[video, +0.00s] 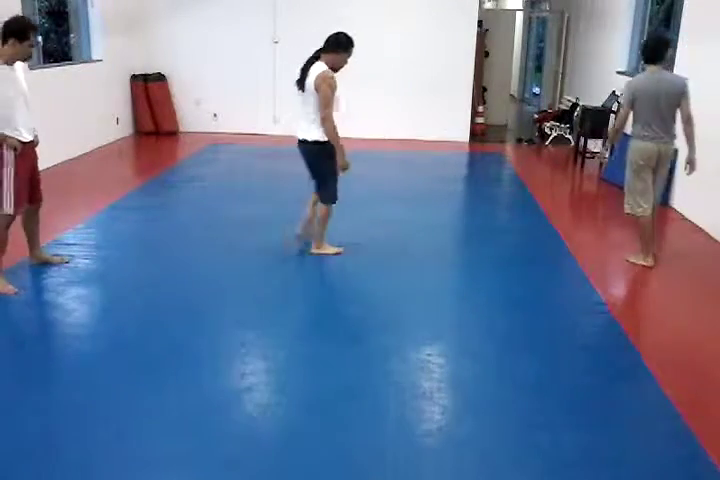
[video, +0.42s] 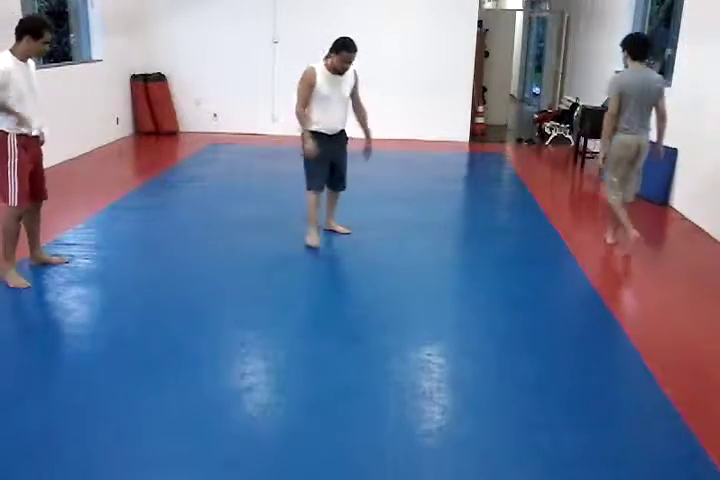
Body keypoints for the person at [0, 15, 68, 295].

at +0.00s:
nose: (32, 51)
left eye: (33, 45)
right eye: (29, 45)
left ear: (16, 43)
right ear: (12, 42)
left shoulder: (21, 67)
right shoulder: (2, 69)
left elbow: (21, 103)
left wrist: (31, 131)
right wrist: (3, 137)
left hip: (27, 142)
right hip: (8, 145)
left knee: (32, 204)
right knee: (7, 212)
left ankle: (36, 251)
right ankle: (0, 273)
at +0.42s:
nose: (47, 48)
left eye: (48, 43)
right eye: (45, 42)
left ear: (30, 41)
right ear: (28, 39)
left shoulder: (28, 64)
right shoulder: (5, 65)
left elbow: (28, 101)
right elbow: (3, 100)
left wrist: (40, 126)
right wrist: (19, 116)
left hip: (32, 137)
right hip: (11, 138)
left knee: (35, 200)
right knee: (15, 204)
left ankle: (36, 252)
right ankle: (7, 265)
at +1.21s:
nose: (29, 58)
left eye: (32, 55)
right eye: (27, 53)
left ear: (32, 47)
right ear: (16, 43)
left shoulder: (24, 62)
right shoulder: (3, 62)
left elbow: (31, 99)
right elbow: (5, 52)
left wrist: (44, 129)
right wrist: (13, 24)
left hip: (34, 135)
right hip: (12, 136)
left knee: (39, 201)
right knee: (14, 208)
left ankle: (37, 253)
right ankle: (9, 268)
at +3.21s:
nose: (46, 48)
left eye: (46, 42)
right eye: (42, 42)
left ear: (27, 42)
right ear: (24, 41)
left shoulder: (32, 67)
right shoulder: (6, 64)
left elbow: (37, 101)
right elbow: (6, 79)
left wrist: (49, 130)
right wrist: (35, 77)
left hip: (38, 138)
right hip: (15, 140)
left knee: (39, 202)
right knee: (16, 208)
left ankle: (37, 252)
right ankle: (11, 268)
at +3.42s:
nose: (46, 46)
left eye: (46, 41)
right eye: (43, 41)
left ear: (28, 42)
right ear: (25, 41)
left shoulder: (32, 63)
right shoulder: (5, 67)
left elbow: (38, 100)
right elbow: (0, 102)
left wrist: (49, 129)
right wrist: (6, 109)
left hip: (39, 139)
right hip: (15, 142)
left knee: (40, 202)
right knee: (17, 209)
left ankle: (37, 253)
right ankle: (11, 268)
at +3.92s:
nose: (45, 44)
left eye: (45, 39)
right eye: (41, 39)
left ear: (27, 41)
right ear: (24, 40)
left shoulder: (33, 64)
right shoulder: (4, 67)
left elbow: (40, 99)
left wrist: (50, 128)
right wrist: (16, 130)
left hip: (39, 141)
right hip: (14, 144)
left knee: (40, 202)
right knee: (16, 209)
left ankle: (37, 252)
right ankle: (11, 268)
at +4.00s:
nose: (45, 45)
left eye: (45, 39)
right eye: (41, 40)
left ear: (27, 41)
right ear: (24, 40)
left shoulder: (32, 63)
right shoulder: (4, 67)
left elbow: (39, 99)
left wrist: (49, 128)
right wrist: (16, 131)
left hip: (39, 140)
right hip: (14, 144)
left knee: (39, 202)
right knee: (16, 209)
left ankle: (37, 252)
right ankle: (11, 268)